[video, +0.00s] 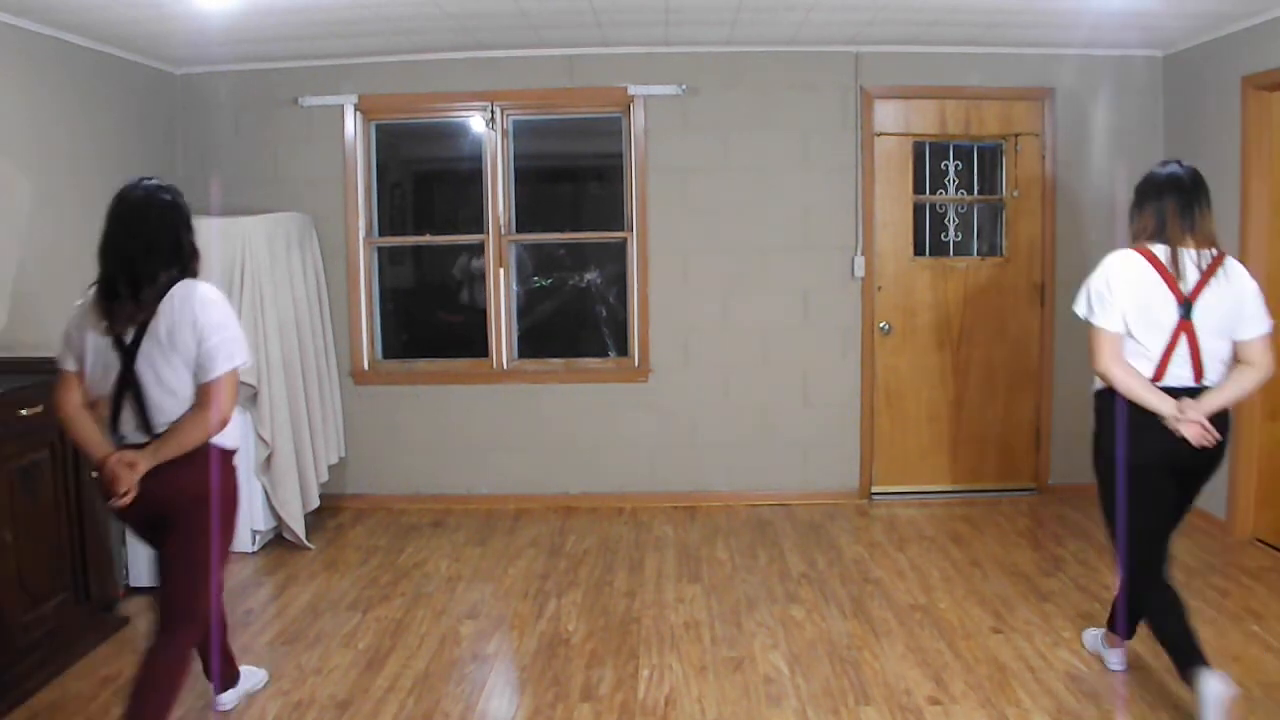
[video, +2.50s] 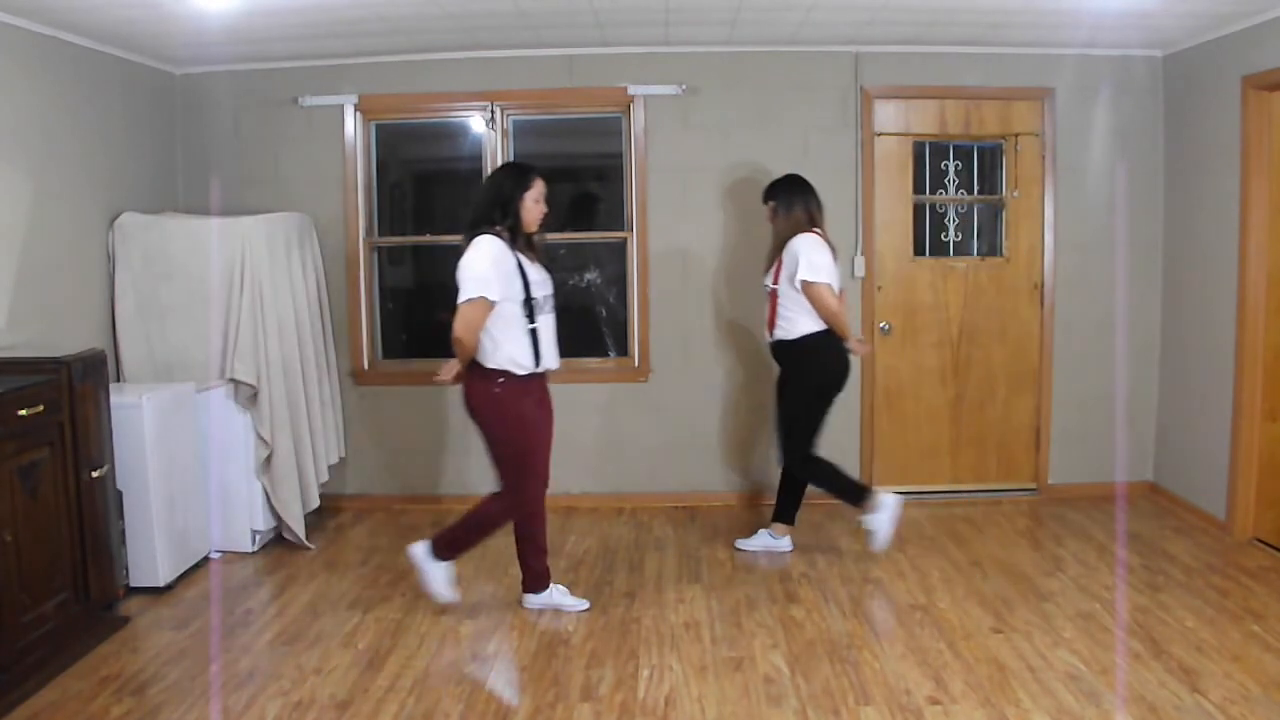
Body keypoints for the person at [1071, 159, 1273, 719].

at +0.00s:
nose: (1138, 216)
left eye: (1141, 206)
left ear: (1144, 209)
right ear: (1202, 209)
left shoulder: (1120, 268)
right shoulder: (1233, 274)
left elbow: (1107, 362)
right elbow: (1258, 364)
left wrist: (1169, 409)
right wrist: (1200, 408)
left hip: (1132, 423)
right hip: (1204, 423)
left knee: (1141, 553)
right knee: (1147, 539)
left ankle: (1201, 675)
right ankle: (1116, 639)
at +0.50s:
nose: (1092, 204)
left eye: (1091, 195)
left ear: (1090, 198)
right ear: (1143, 197)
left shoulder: (1072, 255)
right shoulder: (1176, 256)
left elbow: (1065, 340)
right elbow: (1199, 337)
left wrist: (1118, 384)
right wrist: (1145, 382)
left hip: (1084, 397)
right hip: (1154, 398)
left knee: (1054, 484)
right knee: (1129, 517)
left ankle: (1073, 585)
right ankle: (1117, 637)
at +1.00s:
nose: (1006, 228)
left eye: (1008, 220)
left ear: (1012, 222)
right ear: (1059, 219)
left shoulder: (999, 271)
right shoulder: (1094, 270)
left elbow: (997, 344)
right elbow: (1116, 341)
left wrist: (1045, 387)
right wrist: (1067, 384)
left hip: (1013, 398)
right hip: (1078, 400)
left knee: (988, 486)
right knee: (1081, 513)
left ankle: (957, 560)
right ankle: (1108, 622)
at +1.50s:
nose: (920, 210)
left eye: (922, 204)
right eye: (921, 204)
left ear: (930, 205)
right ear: (967, 202)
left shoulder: (927, 249)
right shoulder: (995, 248)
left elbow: (941, 322)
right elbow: (1012, 311)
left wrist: (980, 357)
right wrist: (990, 351)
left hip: (936, 366)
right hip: (980, 368)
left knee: (938, 458)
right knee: (943, 443)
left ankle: (949, 560)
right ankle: (969, 520)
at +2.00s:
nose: (866, 221)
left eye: (869, 213)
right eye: (866, 213)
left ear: (886, 212)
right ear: (904, 210)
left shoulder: (900, 248)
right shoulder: (921, 248)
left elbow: (918, 303)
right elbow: (943, 308)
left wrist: (952, 343)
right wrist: (954, 345)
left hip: (911, 365)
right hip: (909, 364)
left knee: (929, 462)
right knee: (862, 441)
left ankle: (956, 554)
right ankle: (880, 529)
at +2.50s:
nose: (769, 219)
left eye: (773, 211)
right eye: (769, 212)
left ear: (790, 209)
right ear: (804, 208)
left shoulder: (805, 244)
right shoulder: (808, 244)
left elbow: (821, 296)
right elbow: (837, 294)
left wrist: (847, 337)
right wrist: (844, 335)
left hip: (811, 355)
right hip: (807, 355)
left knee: (797, 453)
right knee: (796, 451)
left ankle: (874, 504)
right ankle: (779, 530)